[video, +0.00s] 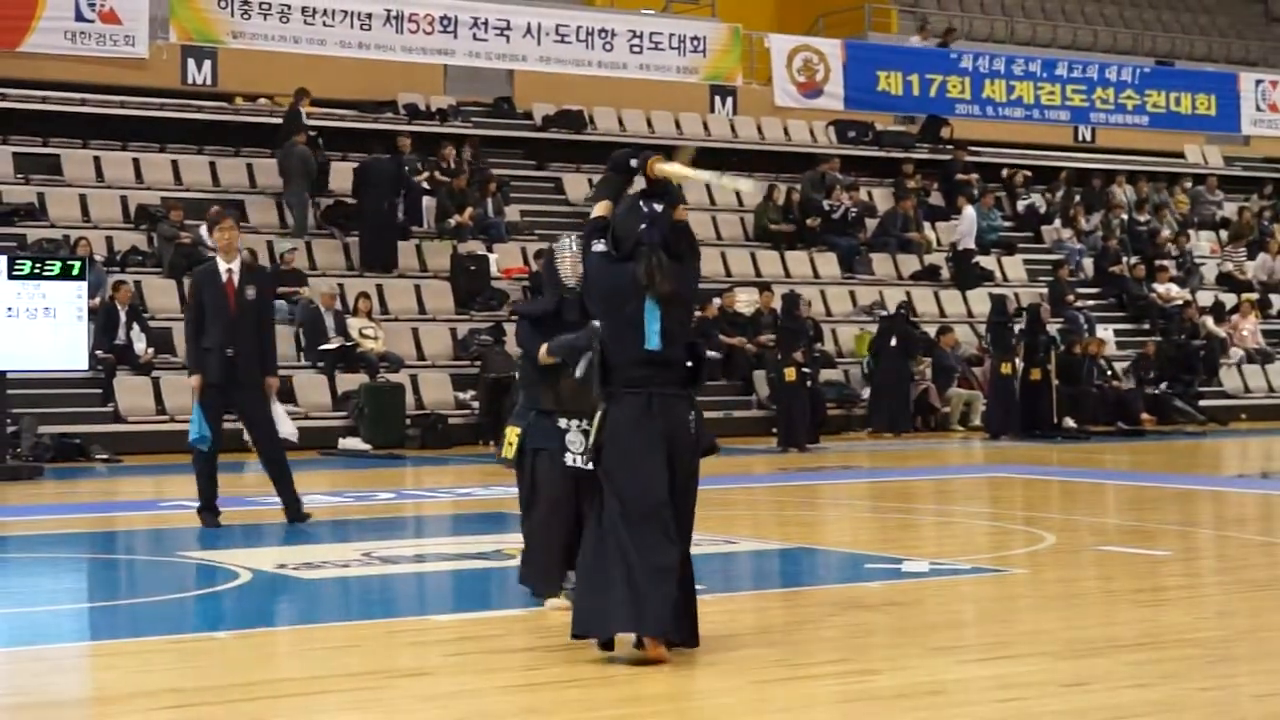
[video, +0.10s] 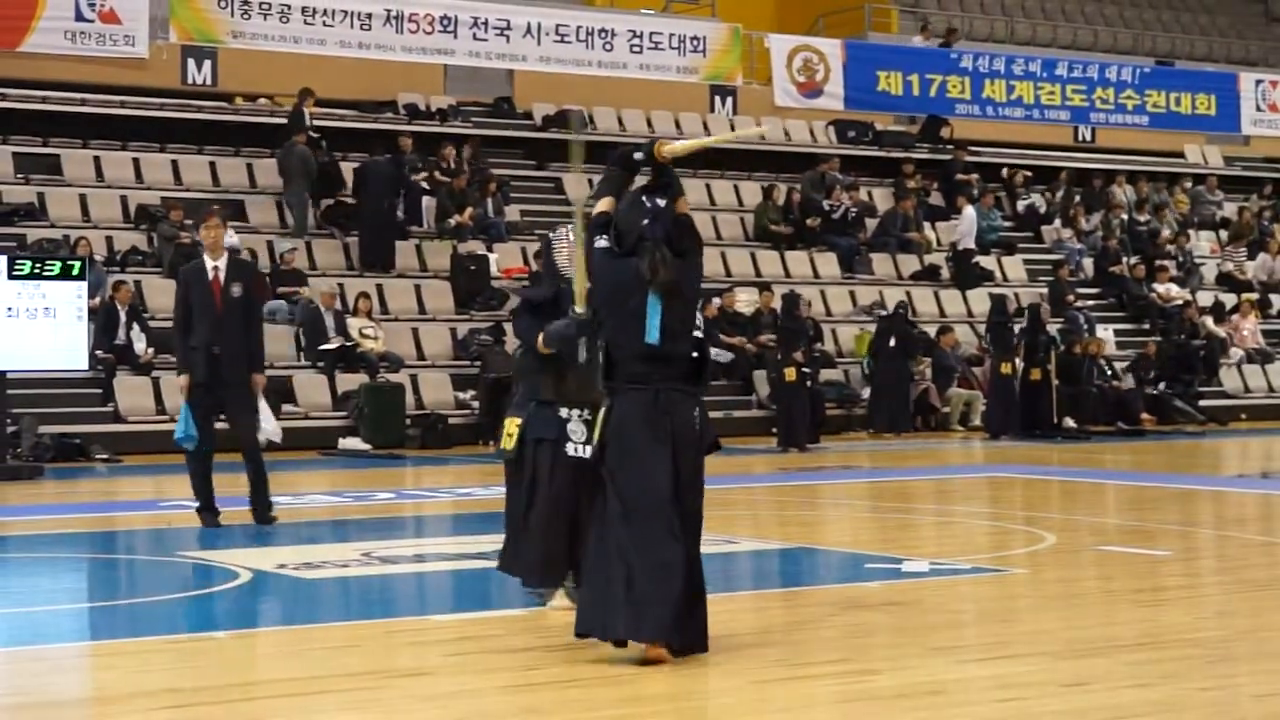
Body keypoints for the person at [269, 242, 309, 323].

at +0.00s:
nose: (291, 256)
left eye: (292, 253)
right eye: (288, 253)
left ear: (295, 255)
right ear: (281, 256)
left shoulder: (299, 273)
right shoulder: (274, 272)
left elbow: (306, 289)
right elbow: (274, 289)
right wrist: (297, 290)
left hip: (297, 297)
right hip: (281, 299)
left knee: (304, 302)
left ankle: (297, 330)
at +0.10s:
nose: (292, 256)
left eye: (293, 253)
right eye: (288, 253)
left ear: (294, 255)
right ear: (281, 256)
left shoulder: (300, 273)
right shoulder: (275, 272)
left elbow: (306, 291)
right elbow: (276, 290)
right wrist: (297, 290)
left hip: (297, 299)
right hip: (281, 300)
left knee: (304, 302)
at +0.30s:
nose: (292, 256)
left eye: (293, 253)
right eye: (289, 253)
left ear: (295, 255)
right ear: (282, 256)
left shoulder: (301, 273)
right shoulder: (276, 272)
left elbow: (307, 291)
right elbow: (277, 290)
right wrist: (298, 289)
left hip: (298, 299)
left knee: (305, 303)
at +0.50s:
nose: (293, 256)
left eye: (294, 253)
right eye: (289, 253)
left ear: (297, 254)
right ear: (283, 256)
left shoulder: (301, 272)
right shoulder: (277, 271)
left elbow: (308, 287)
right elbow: (279, 289)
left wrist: (306, 294)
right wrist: (299, 289)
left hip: (300, 295)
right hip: (284, 297)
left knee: (306, 301)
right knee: (305, 309)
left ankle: (298, 328)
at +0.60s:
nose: (293, 256)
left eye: (295, 253)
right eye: (289, 253)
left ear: (297, 254)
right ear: (283, 255)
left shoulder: (302, 272)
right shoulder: (277, 271)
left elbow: (309, 287)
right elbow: (279, 289)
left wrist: (307, 294)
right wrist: (300, 289)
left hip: (300, 296)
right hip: (284, 297)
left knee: (306, 301)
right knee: (305, 309)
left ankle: (299, 328)